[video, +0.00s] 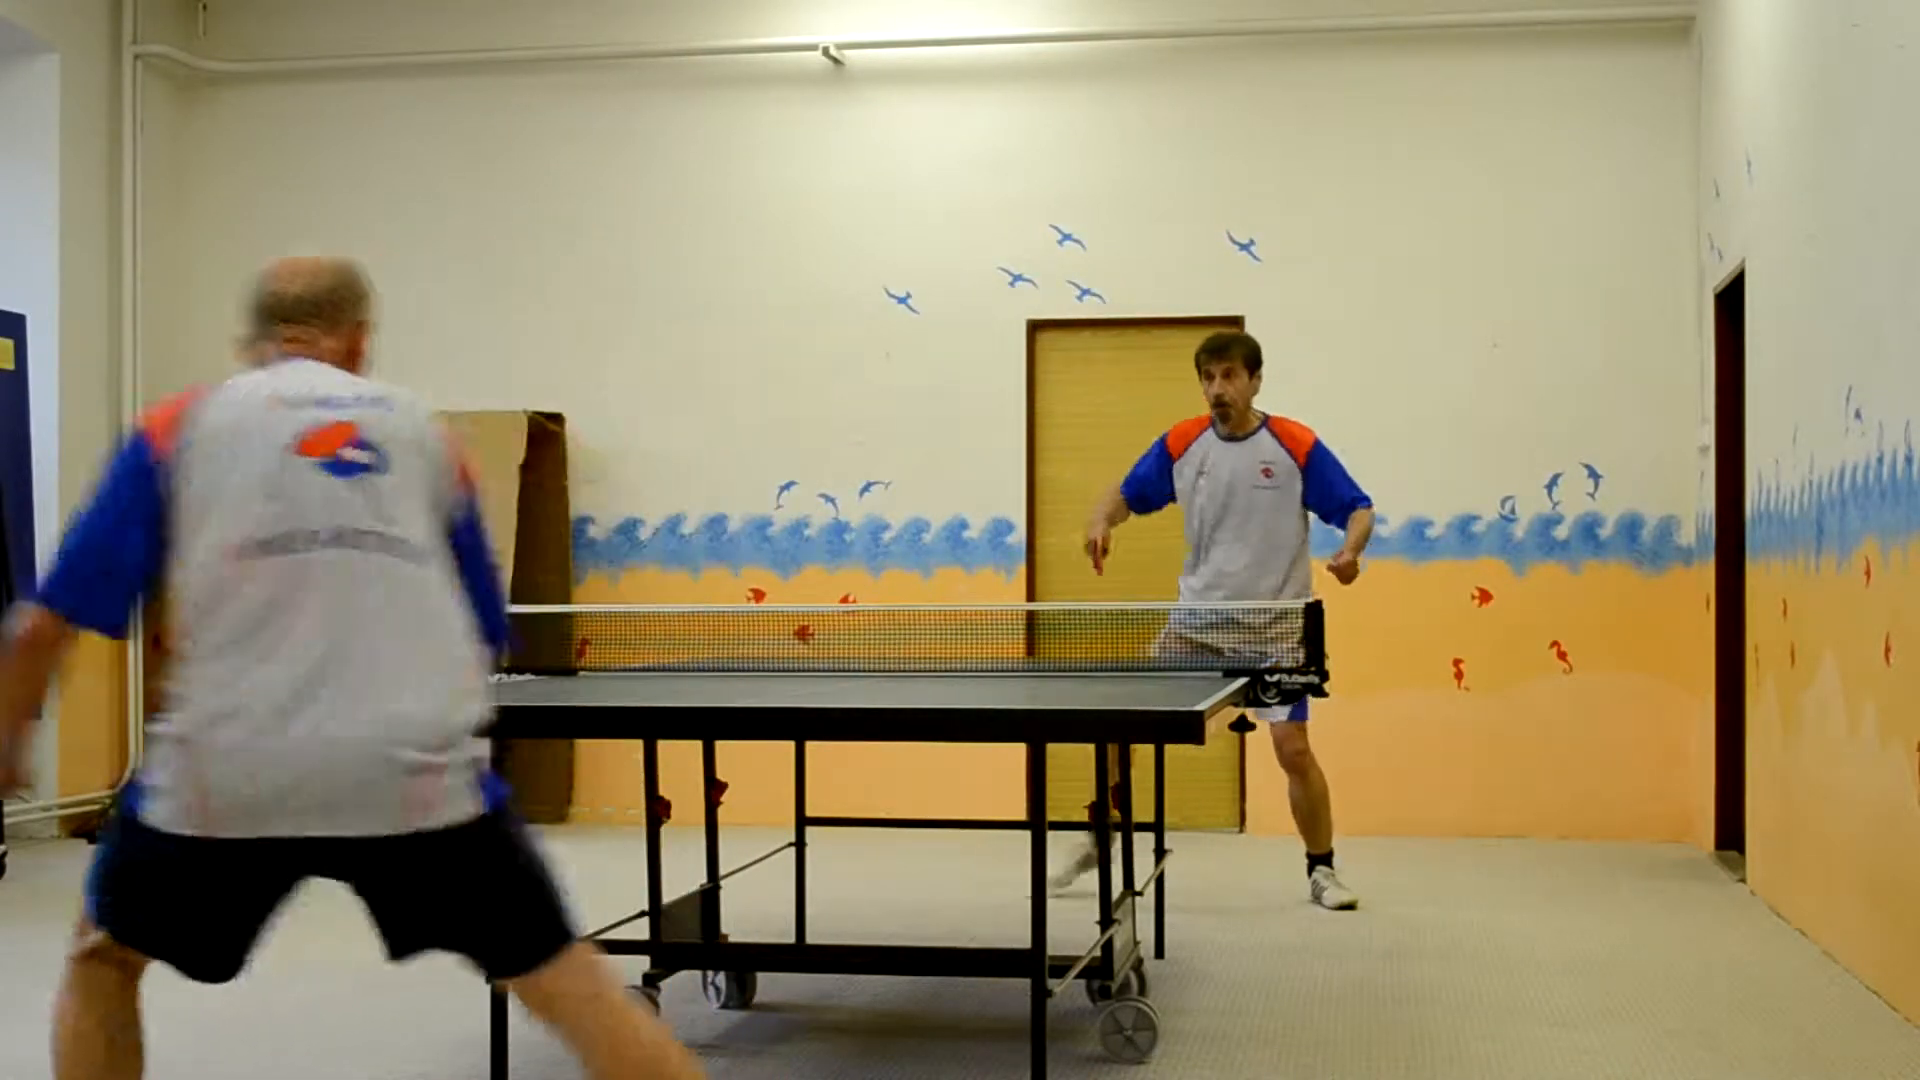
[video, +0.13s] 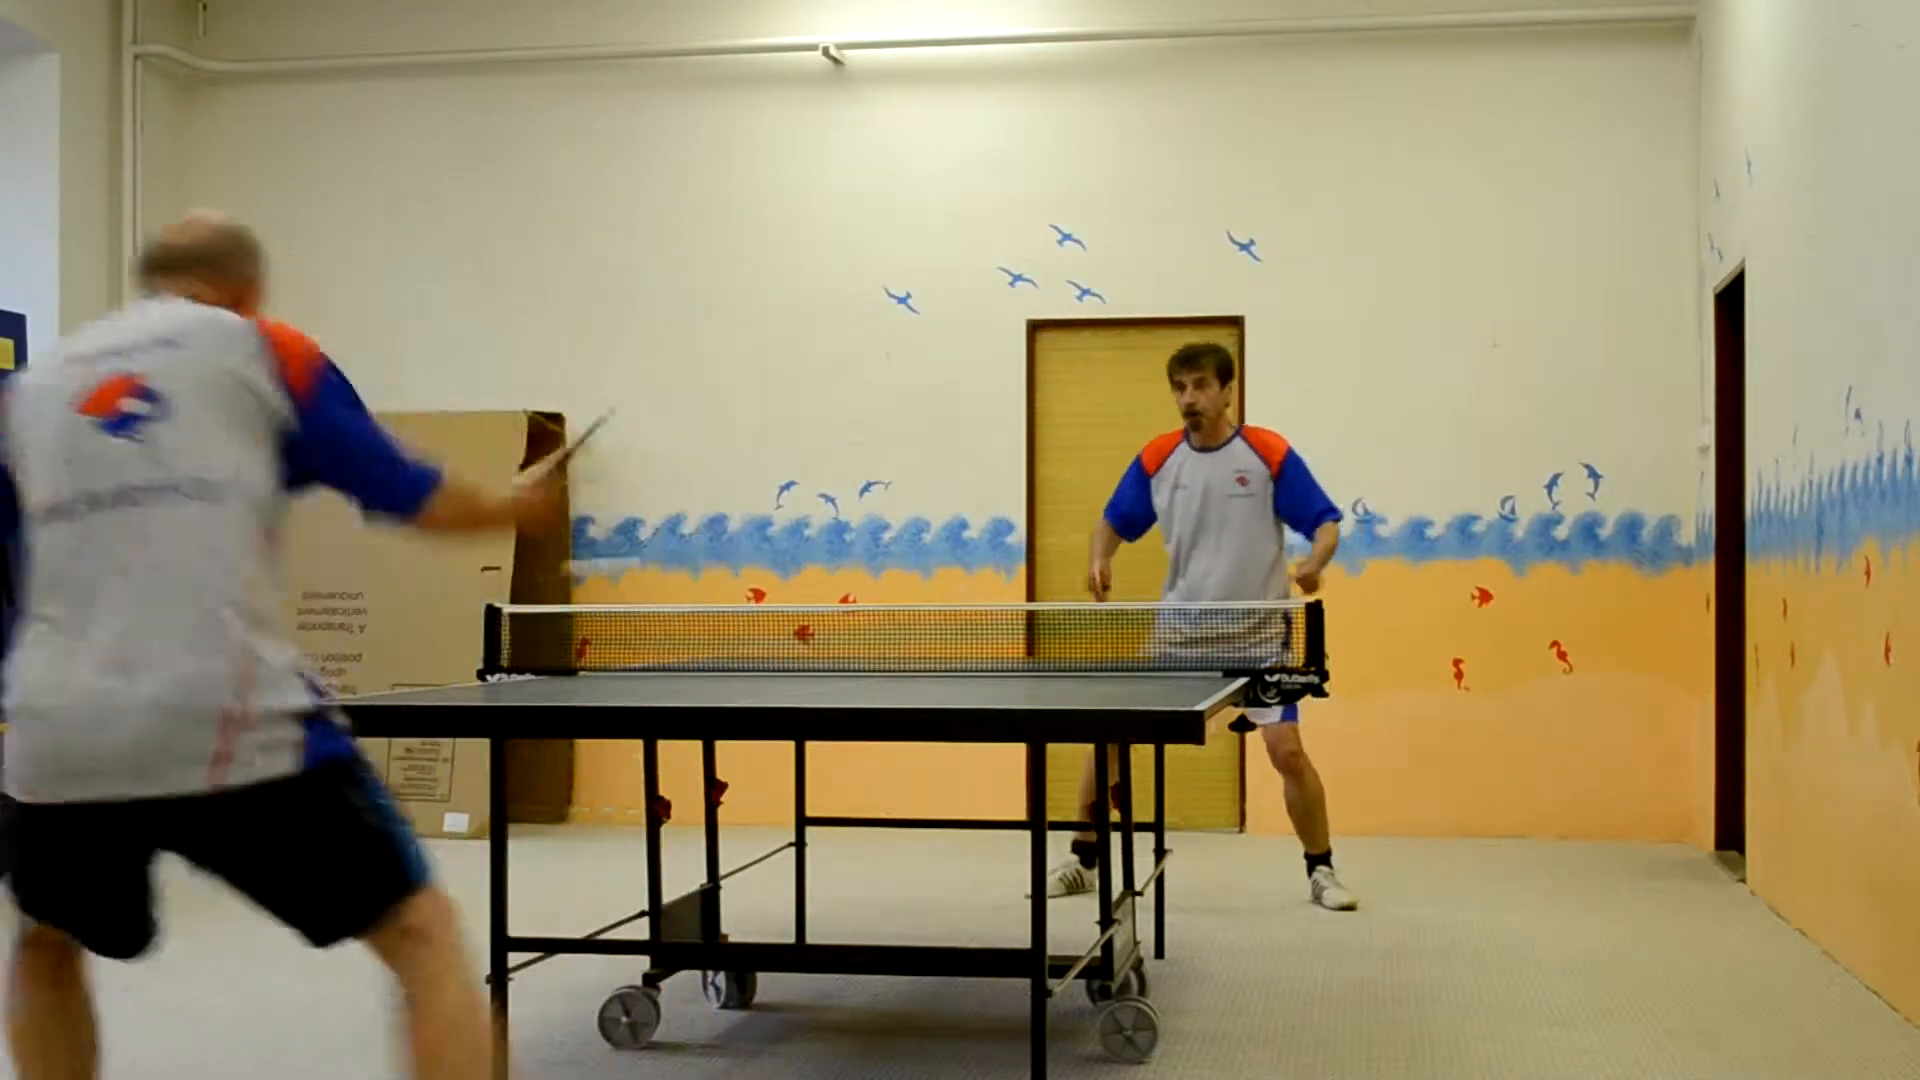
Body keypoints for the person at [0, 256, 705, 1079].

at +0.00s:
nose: (363, 355)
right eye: (366, 340)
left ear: (245, 340)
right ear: (359, 342)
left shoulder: (176, 430)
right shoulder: (427, 440)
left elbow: (41, 626)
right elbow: (486, 635)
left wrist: (14, 742)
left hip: (224, 782)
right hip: (417, 780)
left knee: (105, 965)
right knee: (582, 993)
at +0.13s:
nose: (259, 312)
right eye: (261, 300)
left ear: (146, 284)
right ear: (247, 294)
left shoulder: (29, 389)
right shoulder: (264, 354)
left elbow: (12, 575)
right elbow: (413, 494)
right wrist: (520, 504)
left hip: (57, 739)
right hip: (233, 722)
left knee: (44, 946)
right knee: (422, 936)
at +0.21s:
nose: (177, 267)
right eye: (177, 253)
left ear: (61, 250)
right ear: (168, 250)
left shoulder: (13, 342)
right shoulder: (190, 313)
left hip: (10, 716)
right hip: (158, 706)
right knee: (323, 933)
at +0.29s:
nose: (106, 246)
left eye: (99, 234)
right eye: (100, 233)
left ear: (11, 235)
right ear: (79, 233)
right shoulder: (81, 310)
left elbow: (248, 354)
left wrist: (448, 323)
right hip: (90, 721)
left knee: (248, 993)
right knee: (249, 991)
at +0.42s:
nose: (49, 296)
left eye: (48, 273)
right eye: (45, 272)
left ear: (14, 273)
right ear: (11, 274)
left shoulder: (13, 391)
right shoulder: (3, 387)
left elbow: (45, 502)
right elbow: (39, 502)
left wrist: (201, 547)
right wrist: (196, 548)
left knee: (148, 986)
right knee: (159, 984)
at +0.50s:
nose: (48, 303)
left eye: (48, 280)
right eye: (45, 278)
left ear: (12, 280)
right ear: (11, 279)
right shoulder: (7, 390)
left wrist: (57, 719)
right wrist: (52, 715)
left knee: (80, 982)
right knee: (109, 971)